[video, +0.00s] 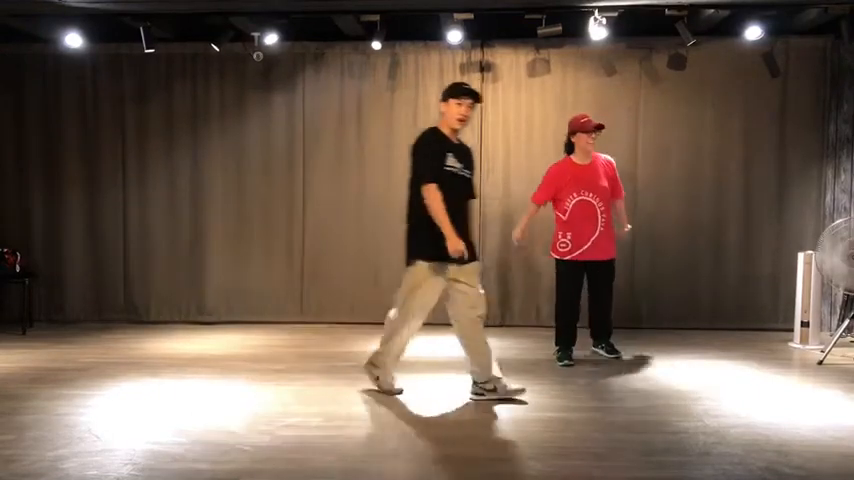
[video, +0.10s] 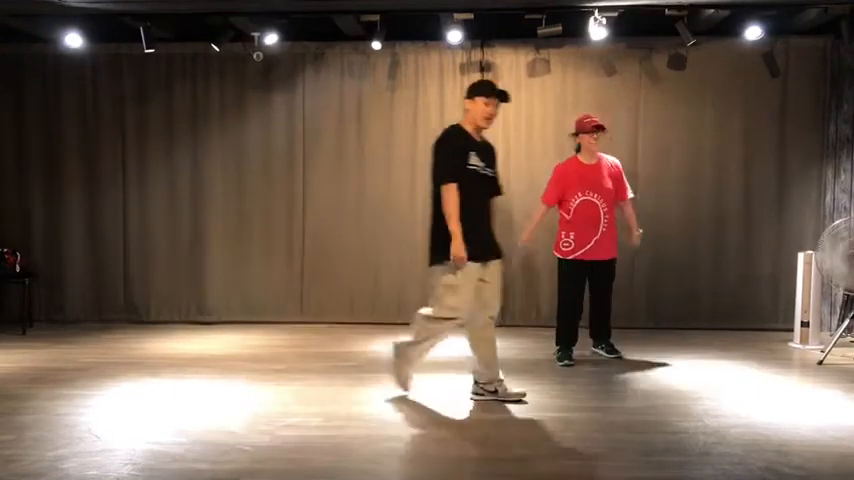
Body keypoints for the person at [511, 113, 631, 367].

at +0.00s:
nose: (592, 137)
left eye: (594, 133)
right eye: (586, 134)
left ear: (596, 137)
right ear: (573, 138)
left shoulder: (606, 164)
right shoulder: (559, 170)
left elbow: (617, 197)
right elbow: (537, 202)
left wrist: (624, 223)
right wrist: (520, 227)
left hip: (602, 249)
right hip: (569, 250)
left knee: (601, 299)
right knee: (567, 302)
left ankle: (601, 341)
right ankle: (564, 347)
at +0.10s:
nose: (594, 137)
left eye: (596, 133)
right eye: (589, 134)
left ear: (600, 137)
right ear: (578, 138)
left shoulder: (612, 166)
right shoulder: (564, 169)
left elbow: (625, 200)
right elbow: (546, 203)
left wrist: (634, 227)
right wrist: (529, 231)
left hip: (604, 248)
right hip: (571, 249)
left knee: (602, 300)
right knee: (569, 301)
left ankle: (601, 340)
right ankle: (565, 347)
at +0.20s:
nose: (599, 139)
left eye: (603, 134)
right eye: (593, 134)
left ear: (609, 138)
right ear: (585, 139)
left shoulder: (618, 168)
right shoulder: (572, 167)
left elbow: (631, 201)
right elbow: (559, 205)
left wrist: (640, 225)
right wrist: (555, 240)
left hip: (606, 248)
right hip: (574, 247)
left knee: (603, 300)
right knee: (571, 300)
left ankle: (602, 341)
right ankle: (565, 345)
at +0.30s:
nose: (602, 140)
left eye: (607, 136)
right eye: (598, 135)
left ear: (614, 140)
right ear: (590, 139)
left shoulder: (622, 169)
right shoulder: (577, 166)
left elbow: (630, 199)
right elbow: (572, 203)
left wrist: (638, 219)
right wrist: (580, 232)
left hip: (606, 246)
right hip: (577, 245)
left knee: (603, 298)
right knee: (572, 297)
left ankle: (602, 340)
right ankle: (564, 343)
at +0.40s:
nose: (604, 140)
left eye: (609, 136)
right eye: (600, 135)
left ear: (616, 140)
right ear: (592, 138)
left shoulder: (624, 169)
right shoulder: (579, 166)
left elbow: (630, 201)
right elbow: (580, 200)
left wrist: (633, 221)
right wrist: (607, 225)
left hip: (607, 246)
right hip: (576, 245)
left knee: (603, 298)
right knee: (572, 298)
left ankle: (602, 340)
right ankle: (564, 342)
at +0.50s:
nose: (602, 141)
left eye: (608, 136)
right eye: (598, 136)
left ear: (616, 140)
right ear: (591, 139)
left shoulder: (623, 169)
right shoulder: (581, 164)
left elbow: (629, 203)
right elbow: (574, 197)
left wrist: (632, 225)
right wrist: (609, 217)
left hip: (606, 242)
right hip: (577, 239)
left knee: (603, 296)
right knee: (565, 291)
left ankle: (603, 339)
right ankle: (552, 338)